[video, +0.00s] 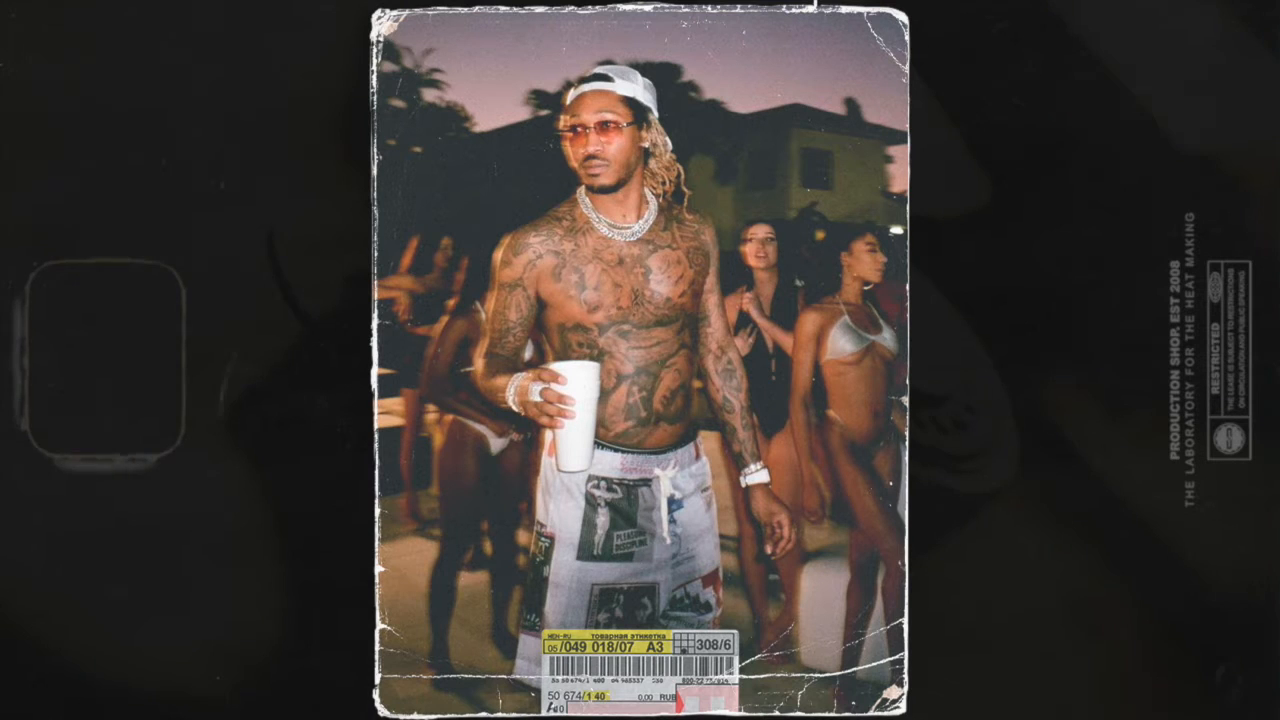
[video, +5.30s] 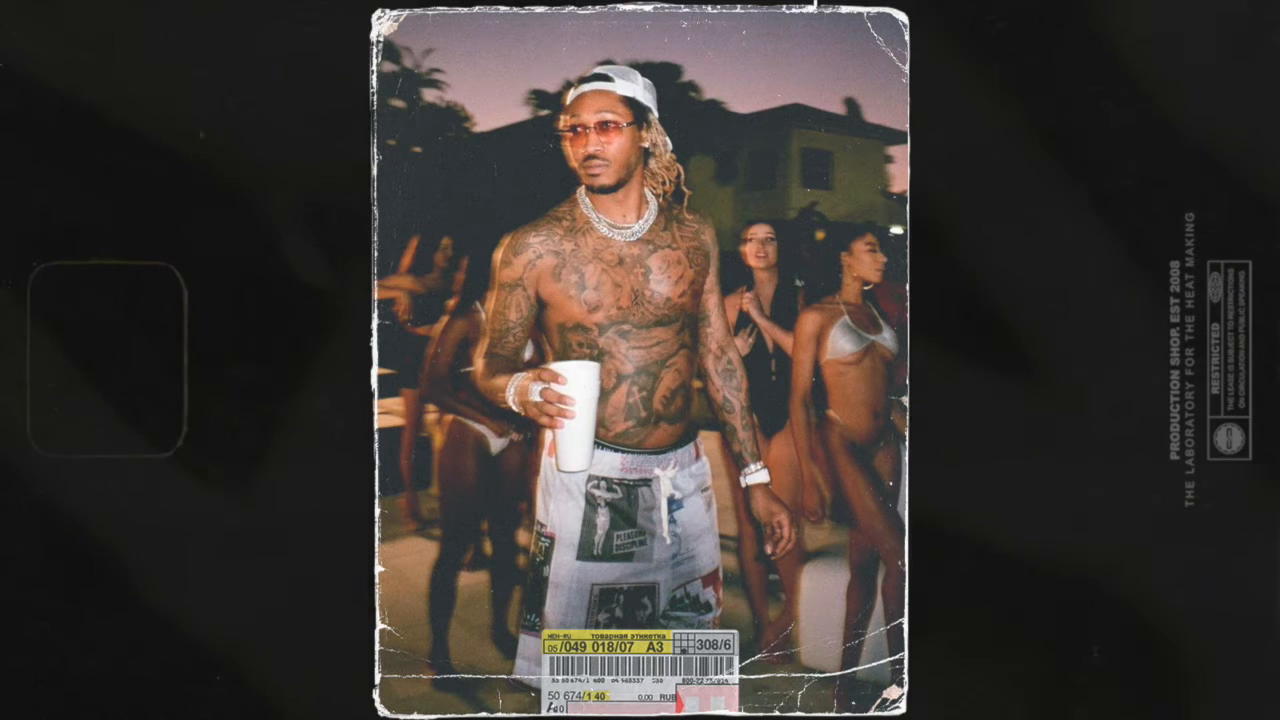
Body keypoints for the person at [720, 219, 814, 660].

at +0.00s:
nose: (760, 249)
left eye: (768, 241)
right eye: (752, 241)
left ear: (781, 250)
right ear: (741, 250)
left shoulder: (797, 296)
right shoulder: (730, 300)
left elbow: (804, 352)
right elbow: (712, 365)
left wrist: (761, 318)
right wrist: (734, 345)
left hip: (783, 420)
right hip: (738, 421)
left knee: (783, 521)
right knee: (748, 525)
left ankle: (793, 613)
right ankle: (762, 621)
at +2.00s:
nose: (760, 249)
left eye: (768, 242)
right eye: (752, 242)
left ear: (781, 249)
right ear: (741, 250)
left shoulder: (798, 296)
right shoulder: (731, 300)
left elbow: (804, 352)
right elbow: (713, 364)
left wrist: (762, 319)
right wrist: (733, 348)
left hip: (784, 419)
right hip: (739, 420)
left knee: (784, 521)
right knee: (749, 526)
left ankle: (793, 613)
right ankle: (763, 622)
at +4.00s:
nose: (761, 249)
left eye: (769, 241)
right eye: (752, 241)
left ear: (780, 249)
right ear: (740, 250)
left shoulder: (797, 295)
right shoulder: (730, 300)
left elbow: (803, 352)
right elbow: (712, 364)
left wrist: (761, 318)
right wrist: (735, 344)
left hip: (783, 419)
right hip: (738, 421)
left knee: (783, 520)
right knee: (748, 525)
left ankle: (794, 611)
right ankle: (761, 621)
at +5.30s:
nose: (760, 249)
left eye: (768, 241)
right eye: (752, 242)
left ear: (781, 249)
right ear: (741, 250)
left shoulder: (797, 296)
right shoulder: (730, 299)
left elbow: (803, 352)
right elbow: (714, 364)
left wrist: (761, 317)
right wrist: (735, 337)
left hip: (784, 420)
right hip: (738, 420)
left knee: (783, 521)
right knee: (749, 525)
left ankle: (793, 614)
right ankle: (762, 623)